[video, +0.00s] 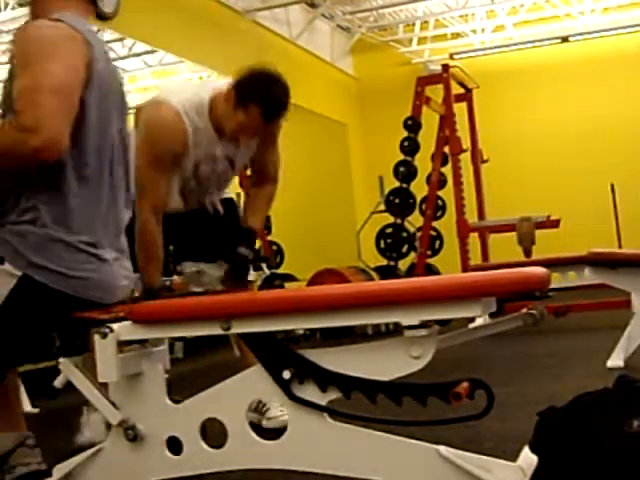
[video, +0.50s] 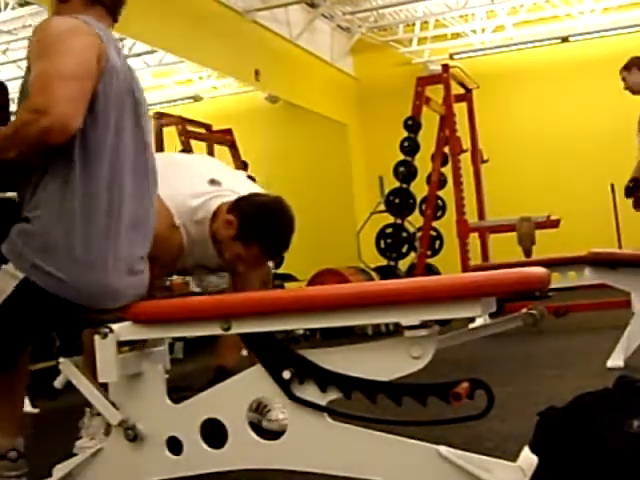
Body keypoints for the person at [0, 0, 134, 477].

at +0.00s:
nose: (25, 4)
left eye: (29, 2)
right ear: (91, 5)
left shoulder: (49, 35)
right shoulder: (98, 56)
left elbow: (42, 137)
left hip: (50, 270)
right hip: (96, 270)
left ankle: (13, 445)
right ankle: (13, 445)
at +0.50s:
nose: (49, 7)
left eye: (55, 3)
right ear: (110, 8)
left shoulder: (67, 30)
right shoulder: (119, 63)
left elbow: (54, 120)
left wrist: (3, 150)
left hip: (67, 267)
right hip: (119, 271)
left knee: (7, 348)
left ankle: (8, 450)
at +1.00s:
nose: (48, 11)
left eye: (51, 7)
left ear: (61, 4)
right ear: (112, 16)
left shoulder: (50, 41)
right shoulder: (128, 87)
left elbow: (16, 130)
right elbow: (121, 177)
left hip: (32, 271)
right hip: (105, 276)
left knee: (8, 360)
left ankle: (7, 450)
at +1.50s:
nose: (14, 8)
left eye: (15, 5)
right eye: (17, 7)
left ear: (22, 2)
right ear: (82, 5)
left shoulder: (31, 38)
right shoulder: (126, 69)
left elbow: (16, 135)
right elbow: (143, 161)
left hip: (53, 269)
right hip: (127, 272)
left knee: (9, 354)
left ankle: (8, 452)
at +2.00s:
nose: (37, 9)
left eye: (39, 5)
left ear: (46, 2)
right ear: (107, 3)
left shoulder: (38, 42)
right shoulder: (156, 69)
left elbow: (9, 142)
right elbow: (198, 174)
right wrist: (130, 187)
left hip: (39, 280)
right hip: (123, 285)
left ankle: (8, 450)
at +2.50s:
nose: (38, 10)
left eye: (40, 7)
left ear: (45, 3)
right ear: (105, 5)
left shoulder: (41, 46)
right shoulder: (154, 74)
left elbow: (11, 147)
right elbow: (194, 175)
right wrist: (130, 159)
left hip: (40, 283)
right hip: (125, 289)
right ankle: (37, 436)